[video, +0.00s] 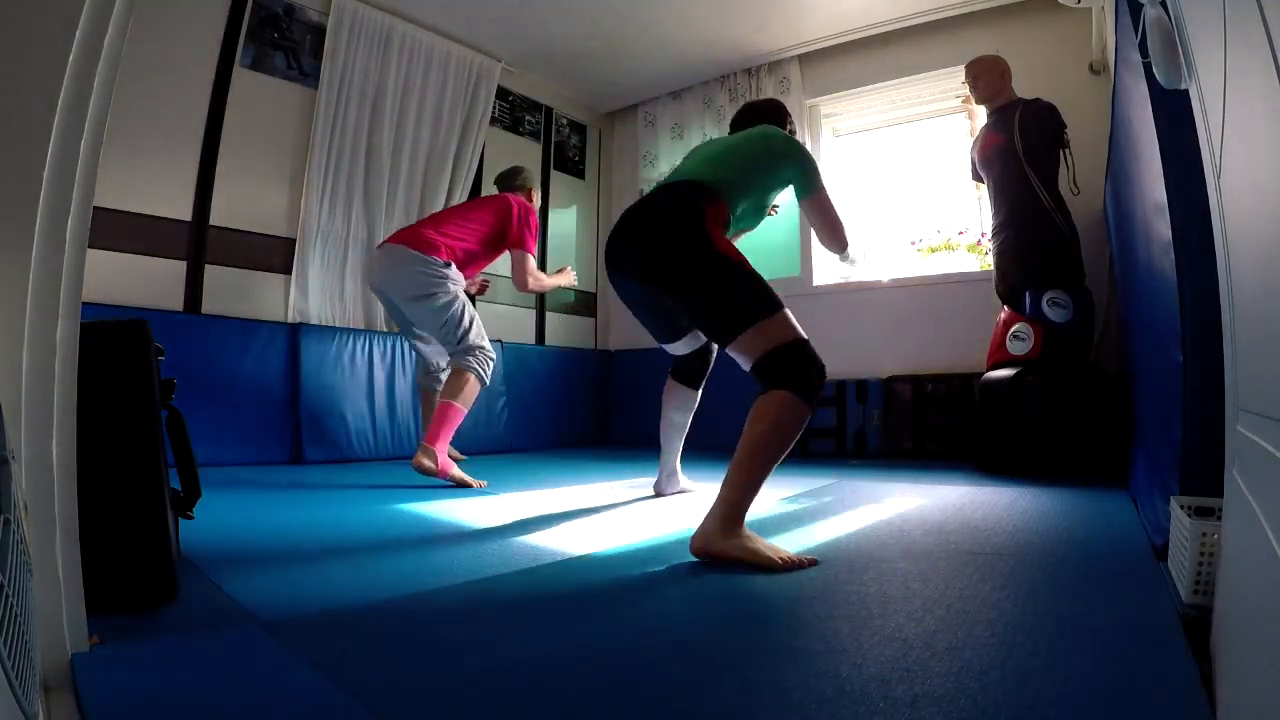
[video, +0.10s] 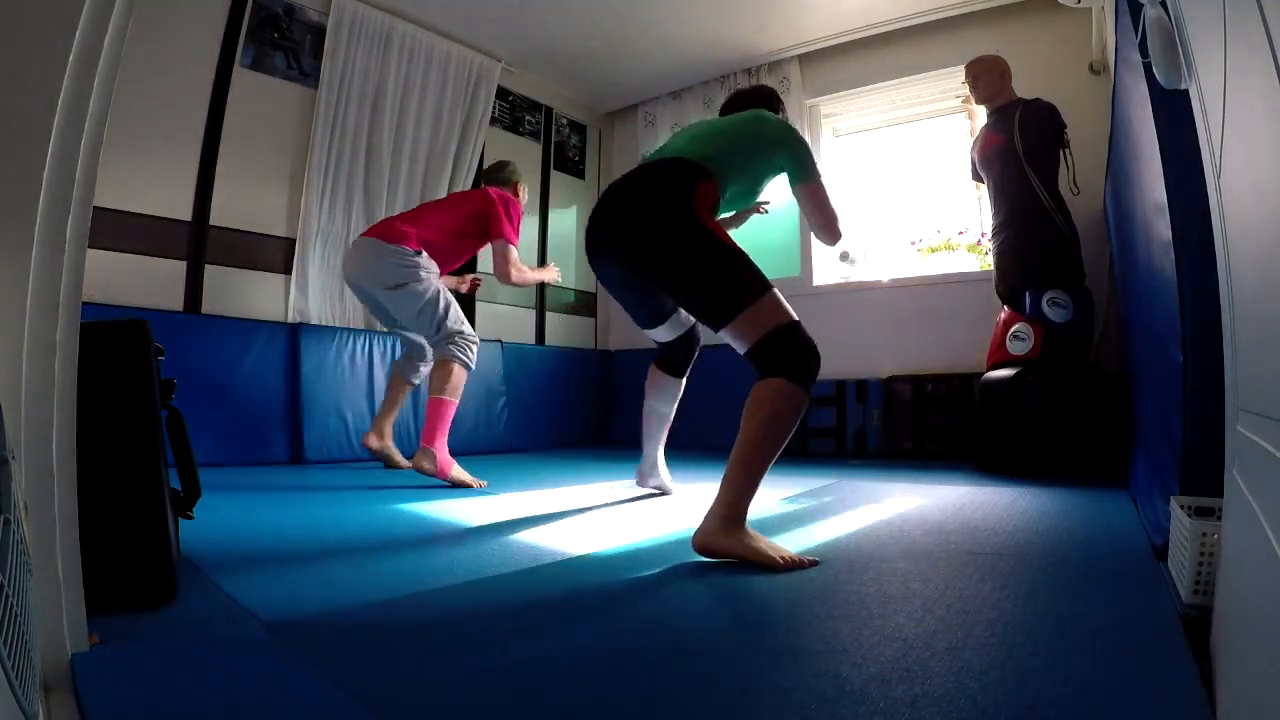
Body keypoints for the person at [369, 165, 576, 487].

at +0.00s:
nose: (538, 203)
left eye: (537, 199)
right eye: (538, 198)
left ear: (503, 192)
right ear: (532, 195)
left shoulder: (478, 207)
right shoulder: (522, 209)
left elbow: (429, 246)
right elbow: (526, 280)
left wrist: (463, 284)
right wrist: (561, 279)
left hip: (384, 261)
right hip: (424, 265)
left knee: (435, 357)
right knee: (477, 354)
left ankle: (434, 441)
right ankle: (434, 450)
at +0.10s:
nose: (525, 204)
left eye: (526, 198)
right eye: (526, 196)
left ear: (487, 186)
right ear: (519, 189)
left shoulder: (461, 203)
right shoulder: (503, 201)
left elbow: (412, 261)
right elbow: (509, 273)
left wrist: (454, 282)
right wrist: (544, 274)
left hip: (360, 258)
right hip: (395, 257)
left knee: (419, 349)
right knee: (459, 341)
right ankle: (434, 451)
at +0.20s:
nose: (508, 201)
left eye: (510, 194)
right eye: (510, 192)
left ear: (470, 183)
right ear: (502, 186)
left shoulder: (448, 204)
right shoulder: (483, 199)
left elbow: (395, 272)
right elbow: (491, 271)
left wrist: (441, 284)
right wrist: (528, 273)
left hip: (339, 260)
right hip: (369, 257)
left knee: (396, 354)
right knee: (444, 333)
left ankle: (375, 441)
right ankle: (391, 434)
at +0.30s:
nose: (490, 193)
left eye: (491, 186)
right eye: (491, 185)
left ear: (451, 178)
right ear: (482, 179)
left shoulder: (431, 197)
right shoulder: (467, 196)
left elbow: (375, 260)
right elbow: (472, 271)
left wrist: (413, 280)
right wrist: (513, 271)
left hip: (324, 258)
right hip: (350, 262)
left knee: (381, 352)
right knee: (404, 356)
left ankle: (368, 448)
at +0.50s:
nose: (460, 184)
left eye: (462, 176)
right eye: (461, 174)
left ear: (419, 164)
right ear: (452, 166)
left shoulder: (398, 183)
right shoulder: (433, 180)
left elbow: (335, 255)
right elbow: (440, 259)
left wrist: (380, 269)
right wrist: (478, 260)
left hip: (282, 238)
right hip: (301, 242)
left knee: (345, 336)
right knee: (352, 351)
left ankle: (328, 436)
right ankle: (287, 465)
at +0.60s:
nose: (448, 181)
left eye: (448, 172)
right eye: (448, 170)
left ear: (408, 160)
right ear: (438, 163)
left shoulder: (381, 185)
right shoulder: (411, 174)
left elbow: (331, 259)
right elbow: (416, 252)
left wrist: (383, 269)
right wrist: (462, 256)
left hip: (265, 229)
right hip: (273, 228)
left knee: (319, 331)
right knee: (328, 331)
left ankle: (284, 453)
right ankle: (281, 455)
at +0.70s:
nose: (434, 179)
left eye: (436, 171)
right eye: (435, 168)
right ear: (423, 160)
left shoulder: (365, 181)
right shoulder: (390, 172)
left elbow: (309, 258)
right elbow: (390, 247)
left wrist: (364, 270)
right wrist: (441, 256)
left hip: (254, 236)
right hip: (250, 232)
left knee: (305, 340)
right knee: (301, 339)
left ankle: (280, 449)